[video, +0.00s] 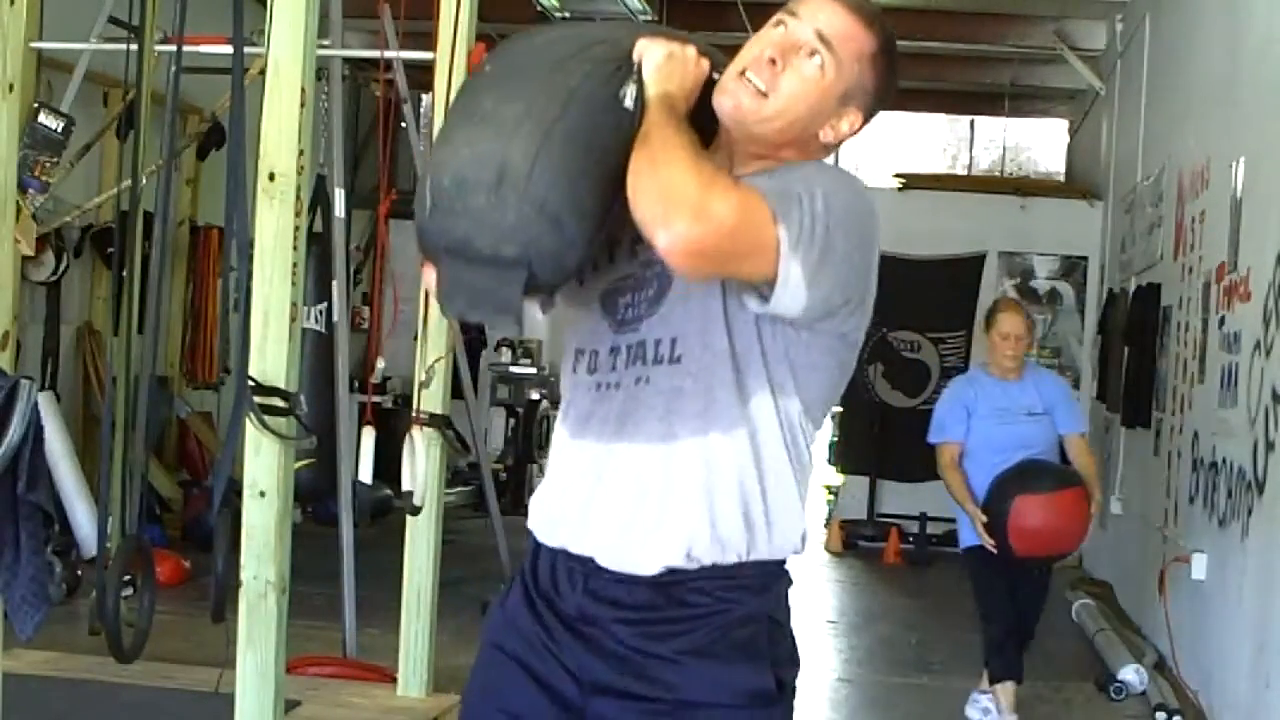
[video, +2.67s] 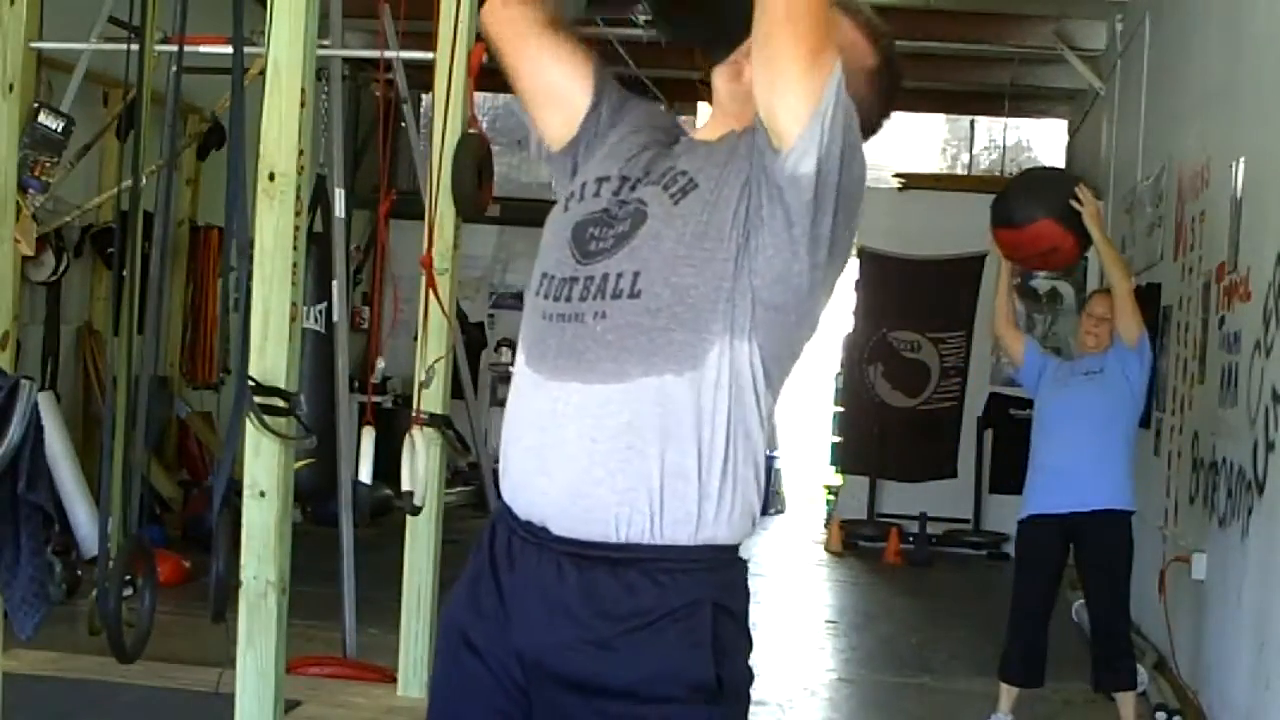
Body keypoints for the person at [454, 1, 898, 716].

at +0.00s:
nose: (774, 47)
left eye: (815, 54)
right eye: (779, 26)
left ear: (840, 124)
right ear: (748, 38)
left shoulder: (834, 207)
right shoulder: (622, 180)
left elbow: (691, 232)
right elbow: (454, 277)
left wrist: (664, 103)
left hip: (706, 635)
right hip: (546, 607)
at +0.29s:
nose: (771, 106)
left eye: (806, 118)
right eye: (780, 88)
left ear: (829, 191)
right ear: (753, 90)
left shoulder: (816, 270)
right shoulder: (592, 241)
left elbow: (681, 242)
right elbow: (421, 285)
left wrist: (665, 121)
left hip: (685, 688)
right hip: (516, 664)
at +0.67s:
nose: (811, 91)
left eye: (844, 111)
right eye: (818, 75)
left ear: (847, 187)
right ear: (779, 81)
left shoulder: (820, 257)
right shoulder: (608, 172)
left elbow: (715, 204)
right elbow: (420, 245)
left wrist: (682, 99)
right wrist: (525, 123)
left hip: (632, 631)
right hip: (468, 597)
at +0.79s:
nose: (826, 52)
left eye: (856, 73)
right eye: (831, 39)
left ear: (863, 148)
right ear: (796, 38)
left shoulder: (818, 201)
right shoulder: (598, 154)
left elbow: (750, 79)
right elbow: (437, 122)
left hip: (622, 561)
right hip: (464, 530)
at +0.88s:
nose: (828, 51)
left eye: (856, 65)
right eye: (836, 44)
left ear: (866, 131)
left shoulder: (798, 174)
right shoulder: (602, 140)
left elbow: (792, 13)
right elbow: (488, 38)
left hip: (626, 573)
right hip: (470, 545)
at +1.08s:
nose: (734, 56)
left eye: (764, 57)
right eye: (739, 47)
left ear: (793, 106)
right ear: (713, 65)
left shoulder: (781, 173)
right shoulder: (610, 143)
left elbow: (805, 10)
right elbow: (601, 7)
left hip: (652, 600)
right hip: (496, 573)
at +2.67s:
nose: (770, 40)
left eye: (820, 51)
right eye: (799, 32)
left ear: (836, 112)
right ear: (753, 42)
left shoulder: (800, 178)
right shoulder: (615, 136)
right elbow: (510, 12)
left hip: (661, 609)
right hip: (507, 577)